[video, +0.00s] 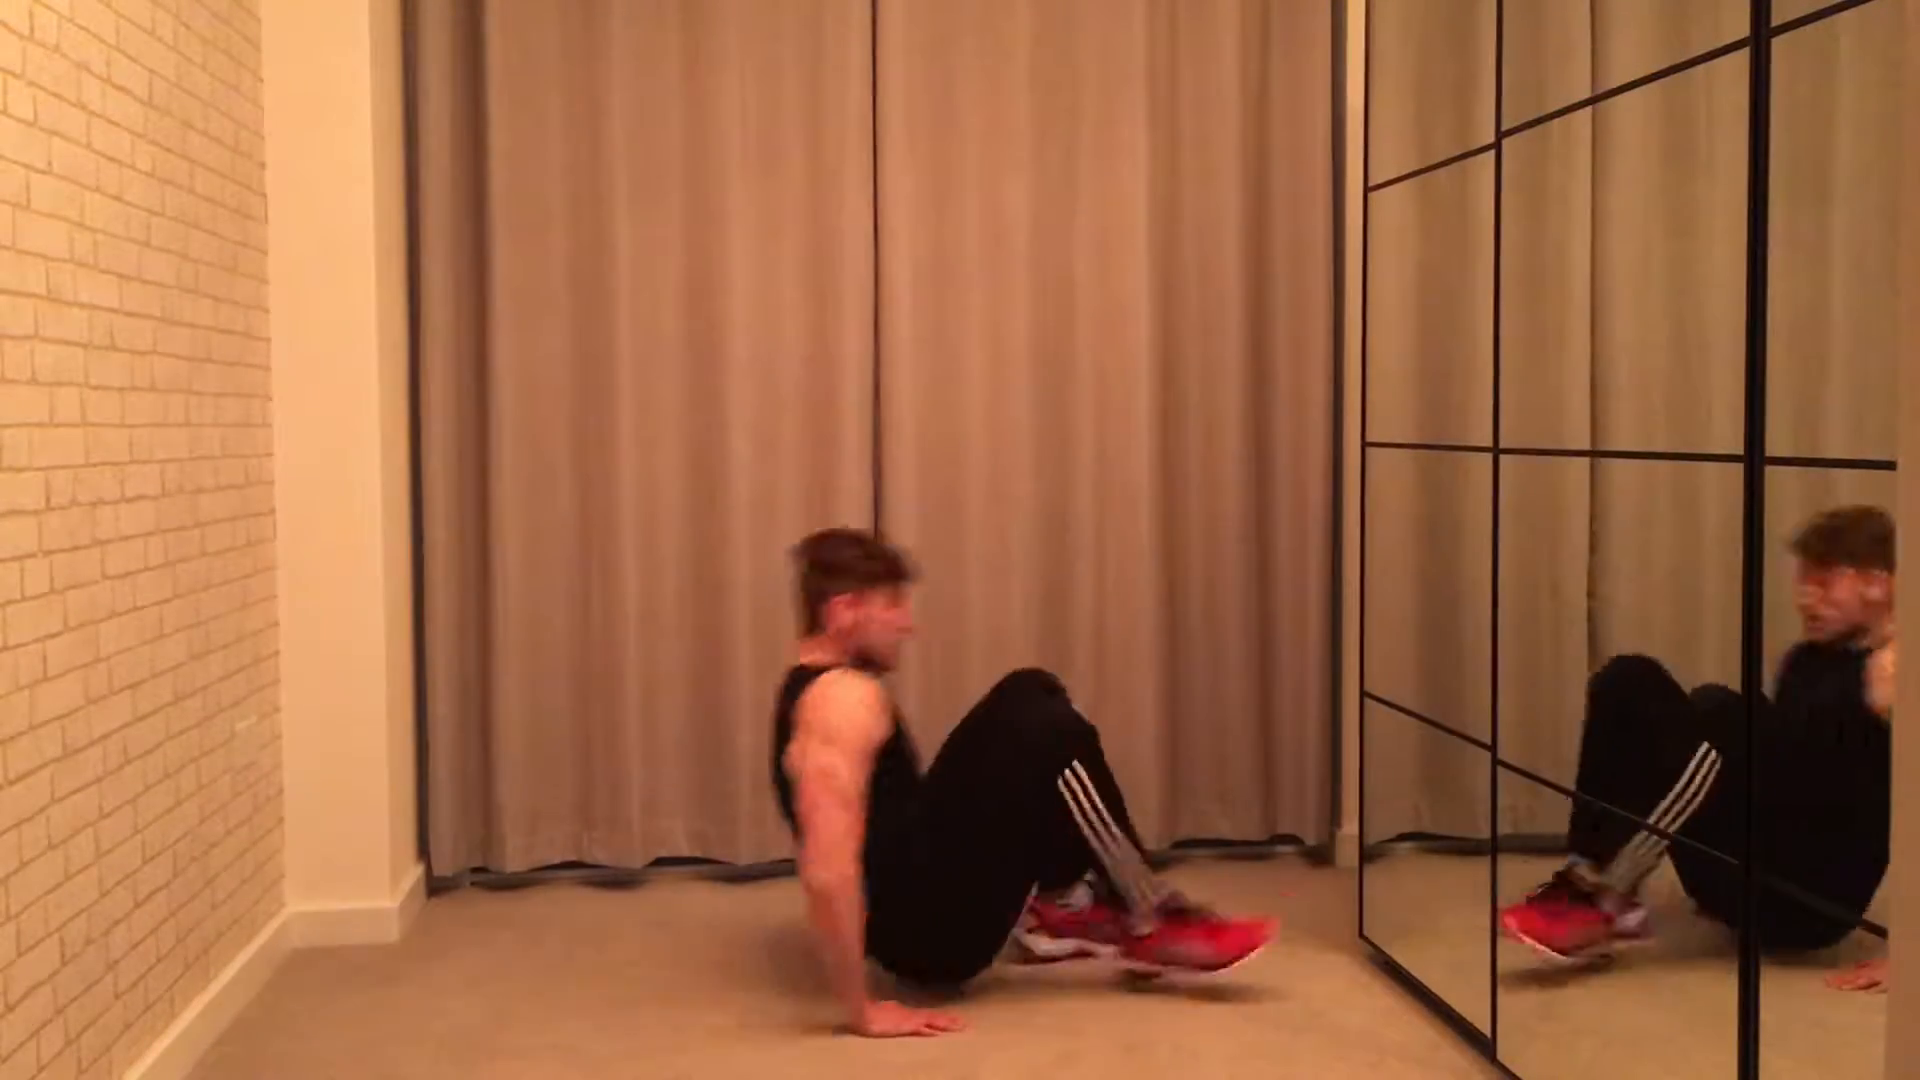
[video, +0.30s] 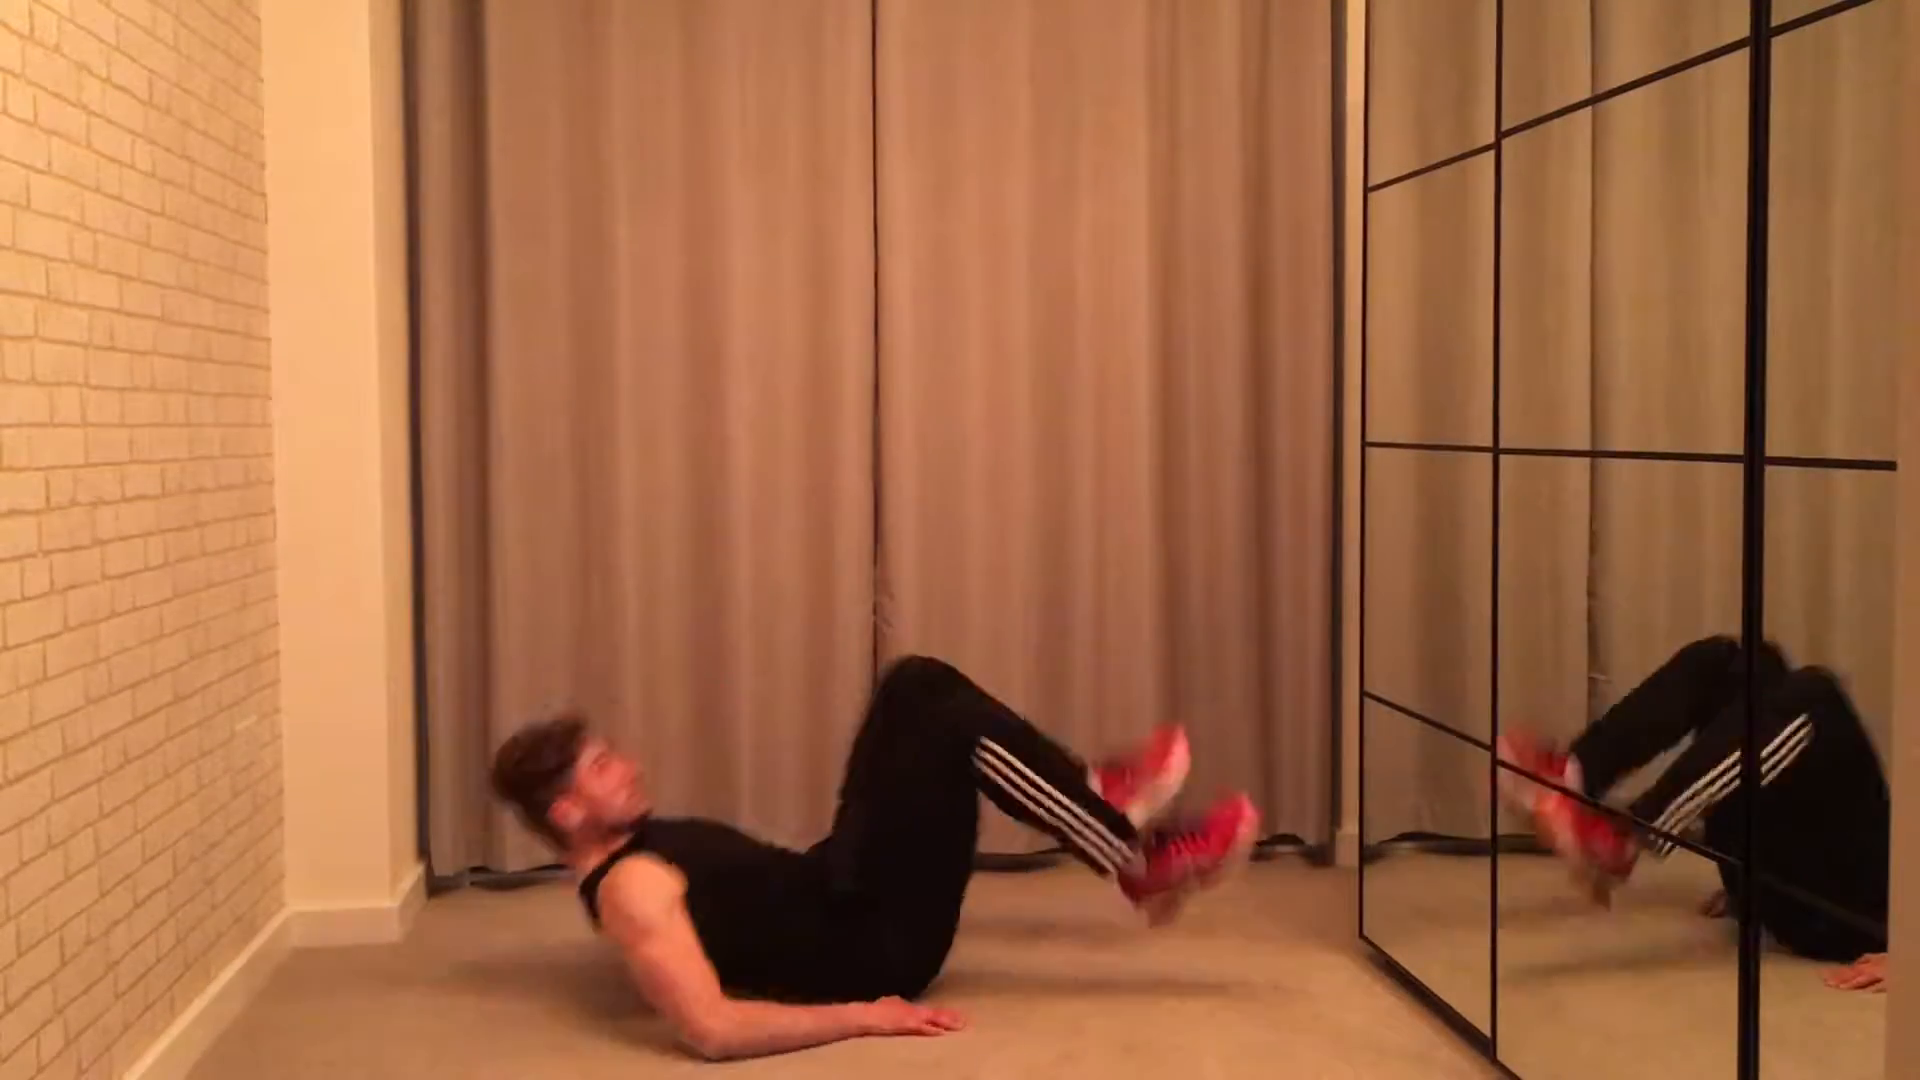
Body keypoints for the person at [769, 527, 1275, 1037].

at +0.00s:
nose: (906, 622)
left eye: (904, 604)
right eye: (892, 605)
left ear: (840, 614)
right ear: (842, 612)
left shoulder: (826, 682)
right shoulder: (842, 696)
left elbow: (845, 852)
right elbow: (828, 871)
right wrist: (861, 1008)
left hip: (914, 920)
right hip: (929, 943)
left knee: (1028, 694)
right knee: (1045, 729)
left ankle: (1063, 904)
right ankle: (1155, 917)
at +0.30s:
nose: (620, 763)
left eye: (606, 751)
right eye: (597, 765)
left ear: (581, 802)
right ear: (566, 812)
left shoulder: (631, 851)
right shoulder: (635, 886)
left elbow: (721, 991)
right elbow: (713, 1030)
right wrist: (868, 1015)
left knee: (916, 685)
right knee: (937, 708)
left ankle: (1096, 796)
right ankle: (1138, 864)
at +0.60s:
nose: (498, 875)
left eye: (478, 872)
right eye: (477, 888)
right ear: (479, 945)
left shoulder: (579, 928)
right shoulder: (578, 968)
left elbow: (720, 915)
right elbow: (735, 1008)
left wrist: (855, 924)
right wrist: (897, 1027)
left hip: (811, 889)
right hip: (822, 901)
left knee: (715, 674)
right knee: (708, 676)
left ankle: (746, 459)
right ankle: (748, 460)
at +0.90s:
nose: (480, 898)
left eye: (461, 900)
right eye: (461, 918)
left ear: (485, 911)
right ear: (468, 974)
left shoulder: (572, 940)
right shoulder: (572, 974)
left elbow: (723, 913)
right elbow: (734, 1011)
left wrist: (853, 926)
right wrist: (898, 1028)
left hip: (705, 790)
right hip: (729, 781)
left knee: (627, 549)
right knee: (627, 549)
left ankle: (625, 310)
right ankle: (621, 309)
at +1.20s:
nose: (473, 899)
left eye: (455, 900)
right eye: (455, 919)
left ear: (478, 903)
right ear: (466, 973)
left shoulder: (571, 936)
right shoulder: (560, 977)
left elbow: (715, 917)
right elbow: (724, 1015)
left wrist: (849, 926)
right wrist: (886, 1029)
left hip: (651, 756)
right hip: (668, 747)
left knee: (576, 524)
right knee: (579, 525)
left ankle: (549, 282)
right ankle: (549, 279)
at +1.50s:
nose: (474, 899)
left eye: (456, 900)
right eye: (456, 919)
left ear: (478, 904)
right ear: (465, 973)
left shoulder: (570, 936)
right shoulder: (559, 979)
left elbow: (716, 917)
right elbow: (719, 1015)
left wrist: (849, 925)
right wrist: (884, 1029)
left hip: (661, 760)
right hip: (681, 751)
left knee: (561, 526)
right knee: (560, 527)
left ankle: (570, 293)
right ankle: (573, 289)